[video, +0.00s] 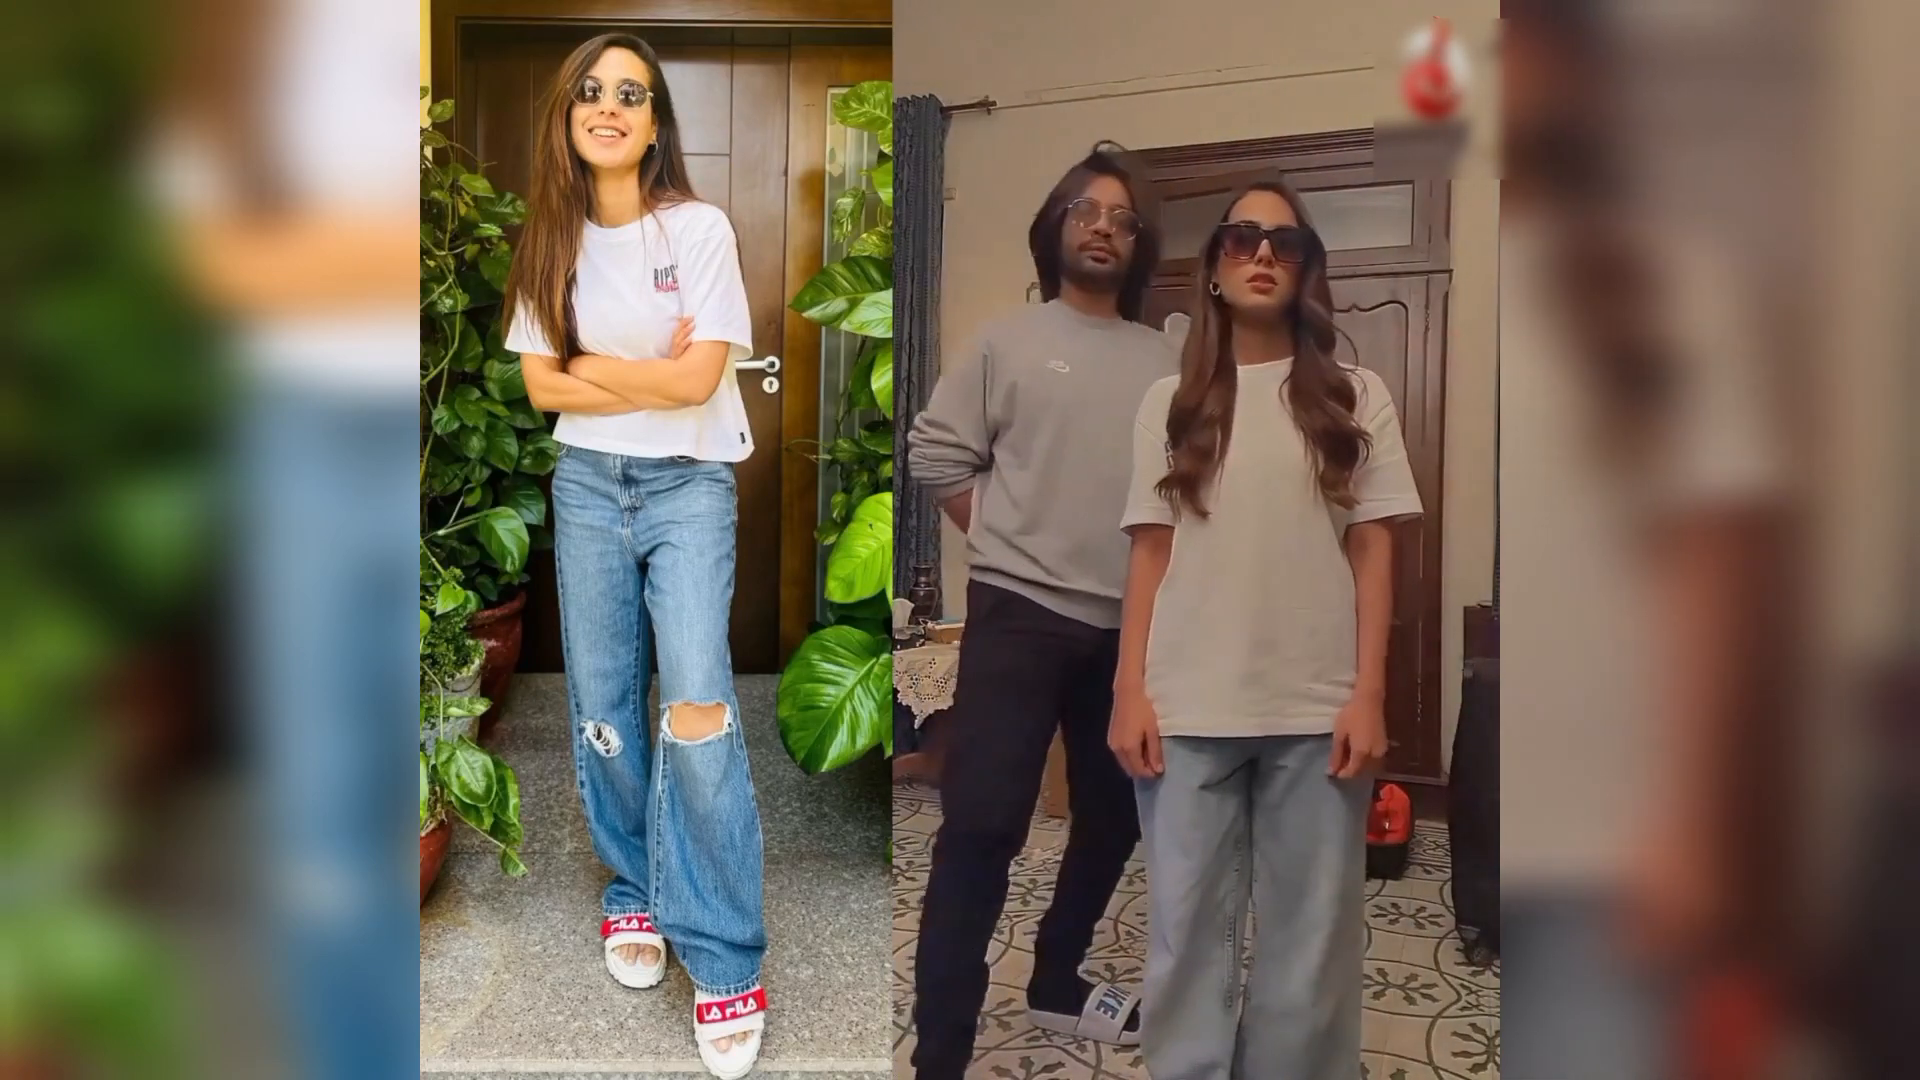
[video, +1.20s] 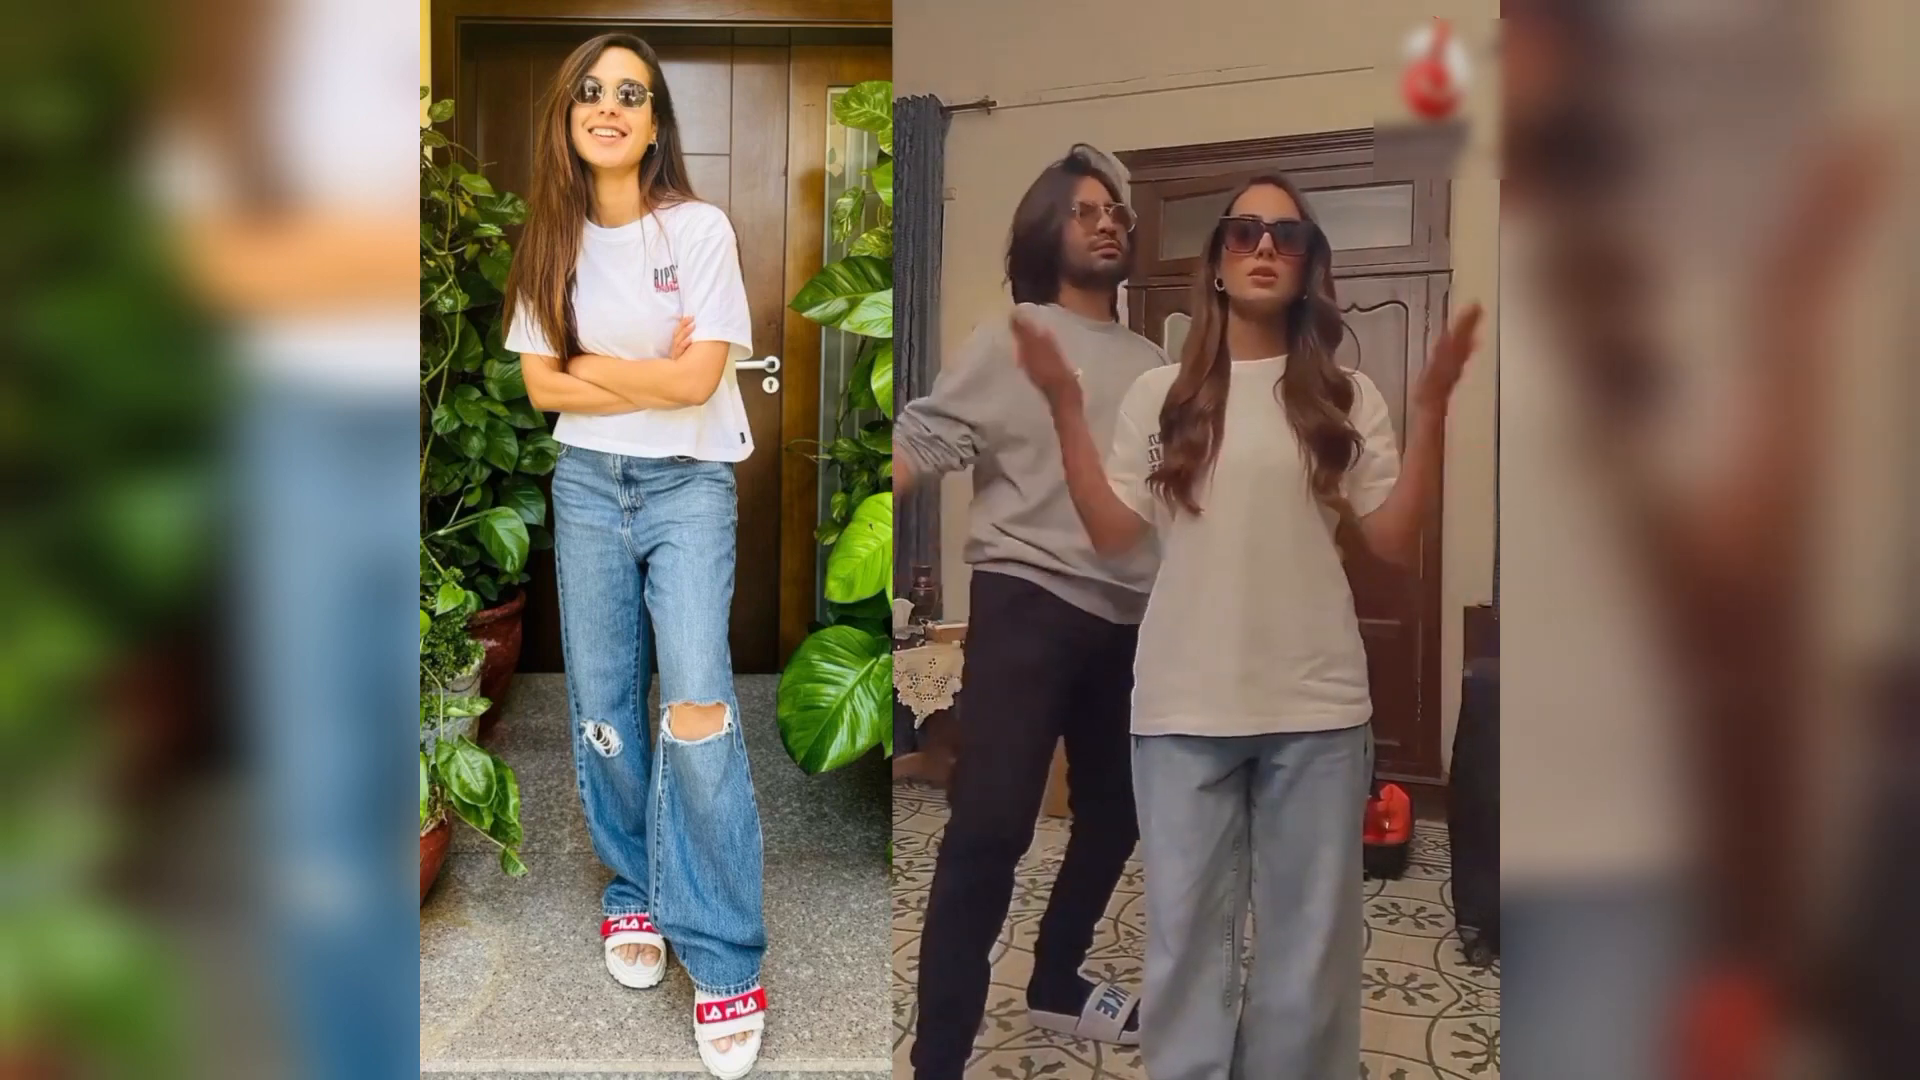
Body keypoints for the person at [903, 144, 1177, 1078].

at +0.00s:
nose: (1103, 227)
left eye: (1121, 217)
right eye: (1085, 212)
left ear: (1139, 242)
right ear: (1052, 231)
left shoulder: (1171, 358)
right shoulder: (1009, 341)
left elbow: (1196, 485)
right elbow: (932, 452)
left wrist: (1157, 561)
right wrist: (1005, 536)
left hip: (1129, 620)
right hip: (1016, 610)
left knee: (1111, 818)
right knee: (982, 825)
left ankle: (1057, 986)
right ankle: (941, 1054)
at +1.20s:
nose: (1107, 226)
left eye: (1116, 214)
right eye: (1085, 214)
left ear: (1128, 235)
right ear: (1044, 234)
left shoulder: (1153, 362)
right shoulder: (1009, 344)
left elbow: (1185, 492)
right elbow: (917, 450)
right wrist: (856, 484)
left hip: (1127, 614)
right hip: (1023, 598)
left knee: (1113, 815)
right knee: (991, 826)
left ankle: (1056, 992)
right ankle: (939, 1060)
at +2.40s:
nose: (1131, 237)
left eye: (1132, 225)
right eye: (1118, 223)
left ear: (1093, 247)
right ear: (1070, 232)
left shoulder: (1123, 351)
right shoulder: (989, 320)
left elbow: (1205, 393)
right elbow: (939, 461)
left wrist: (1184, 270)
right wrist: (949, 602)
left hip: (1122, 620)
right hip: (1026, 612)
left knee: (1101, 817)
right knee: (1007, 836)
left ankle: (1056, 994)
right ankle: (950, 1060)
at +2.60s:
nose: (1132, 241)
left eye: (1132, 226)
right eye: (1123, 227)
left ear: (1056, 235)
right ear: (1083, 235)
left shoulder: (1129, 340)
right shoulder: (993, 321)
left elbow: (1213, 359)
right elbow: (943, 461)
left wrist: (1185, 252)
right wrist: (949, 598)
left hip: (1124, 620)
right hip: (1024, 612)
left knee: (1100, 812)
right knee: (996, 836)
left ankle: (1056, 992)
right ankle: (944, 1058)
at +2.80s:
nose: (1125, 241)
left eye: (1133, 229)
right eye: (1109, 223)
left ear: (1133, 251)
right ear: (1057, 233)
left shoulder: (1140, 341)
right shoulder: (992, 324)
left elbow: (1217, 367)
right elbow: (942, 461)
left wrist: (1189, 243)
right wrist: (952, 601)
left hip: (1127, 620)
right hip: (1023, 612)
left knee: (1111, 812)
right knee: (999, 834)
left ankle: (1057, 993)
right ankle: (944, 1059)